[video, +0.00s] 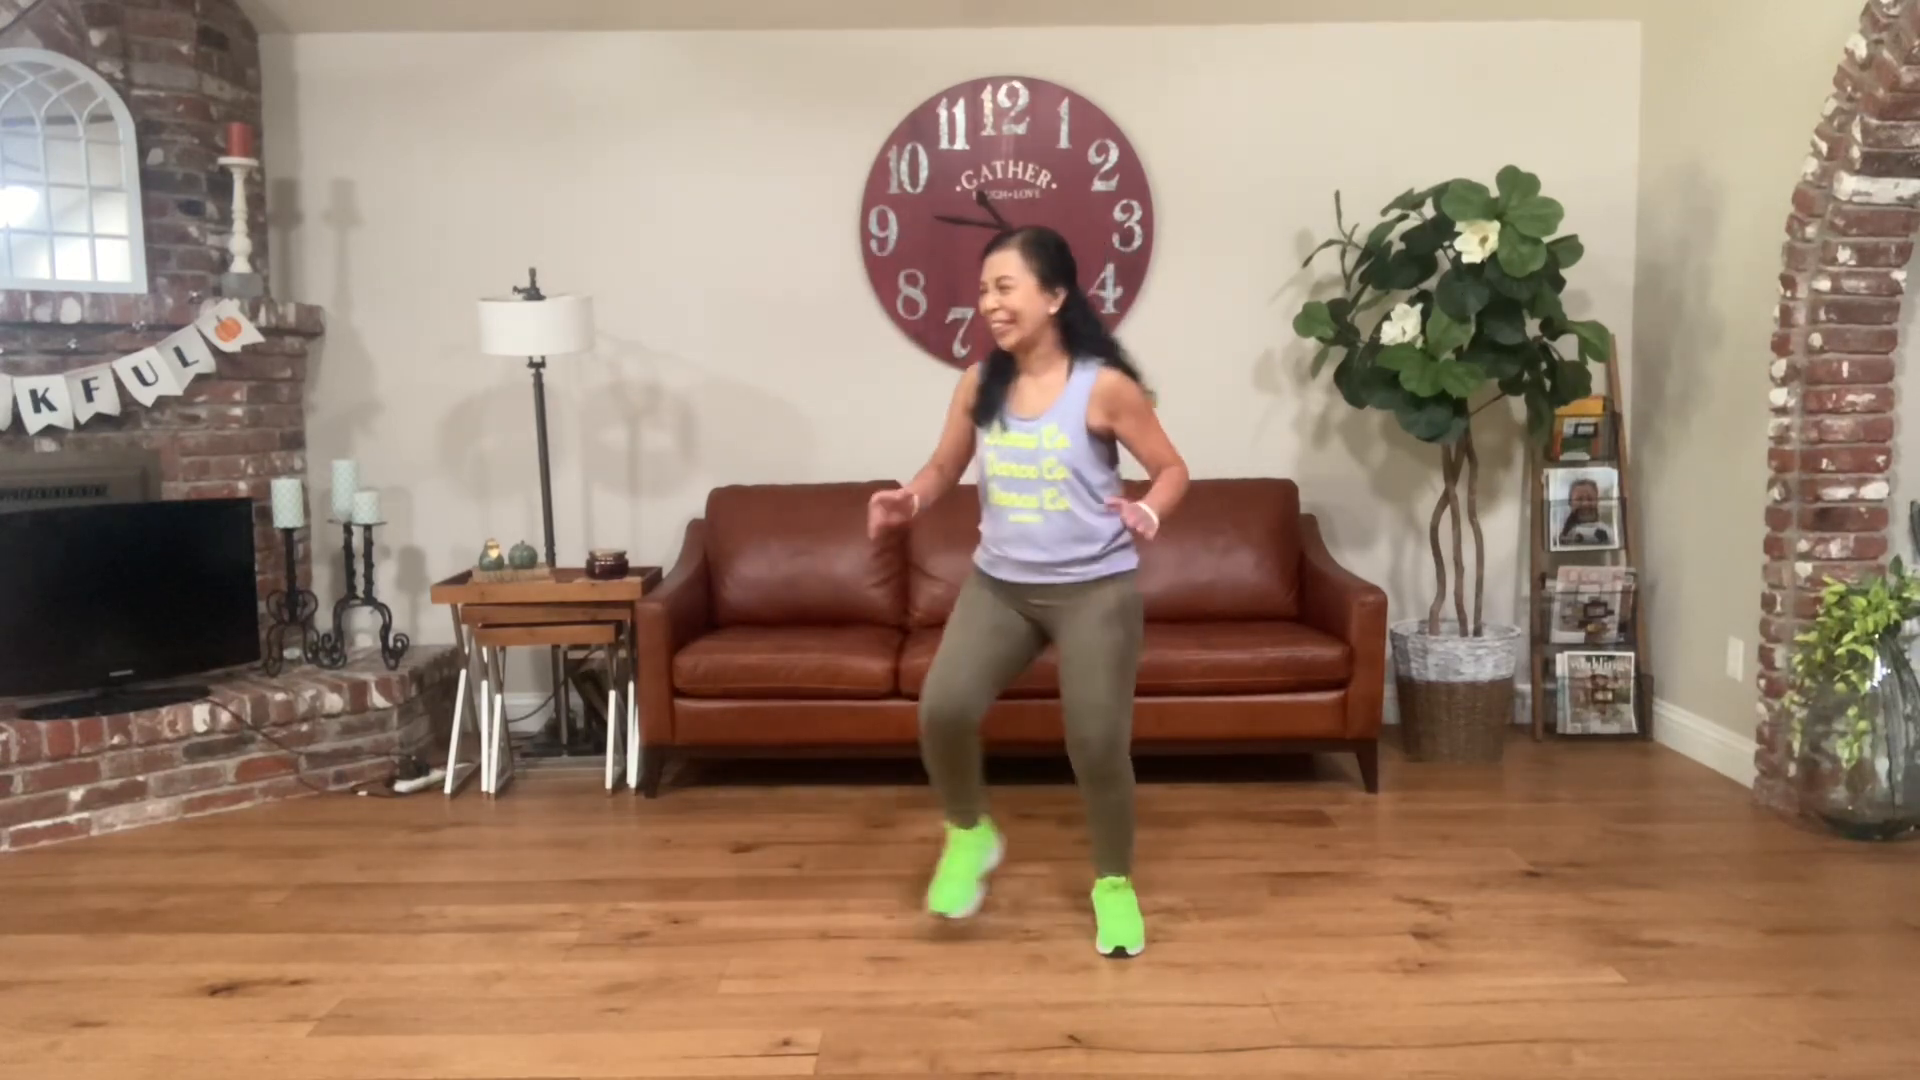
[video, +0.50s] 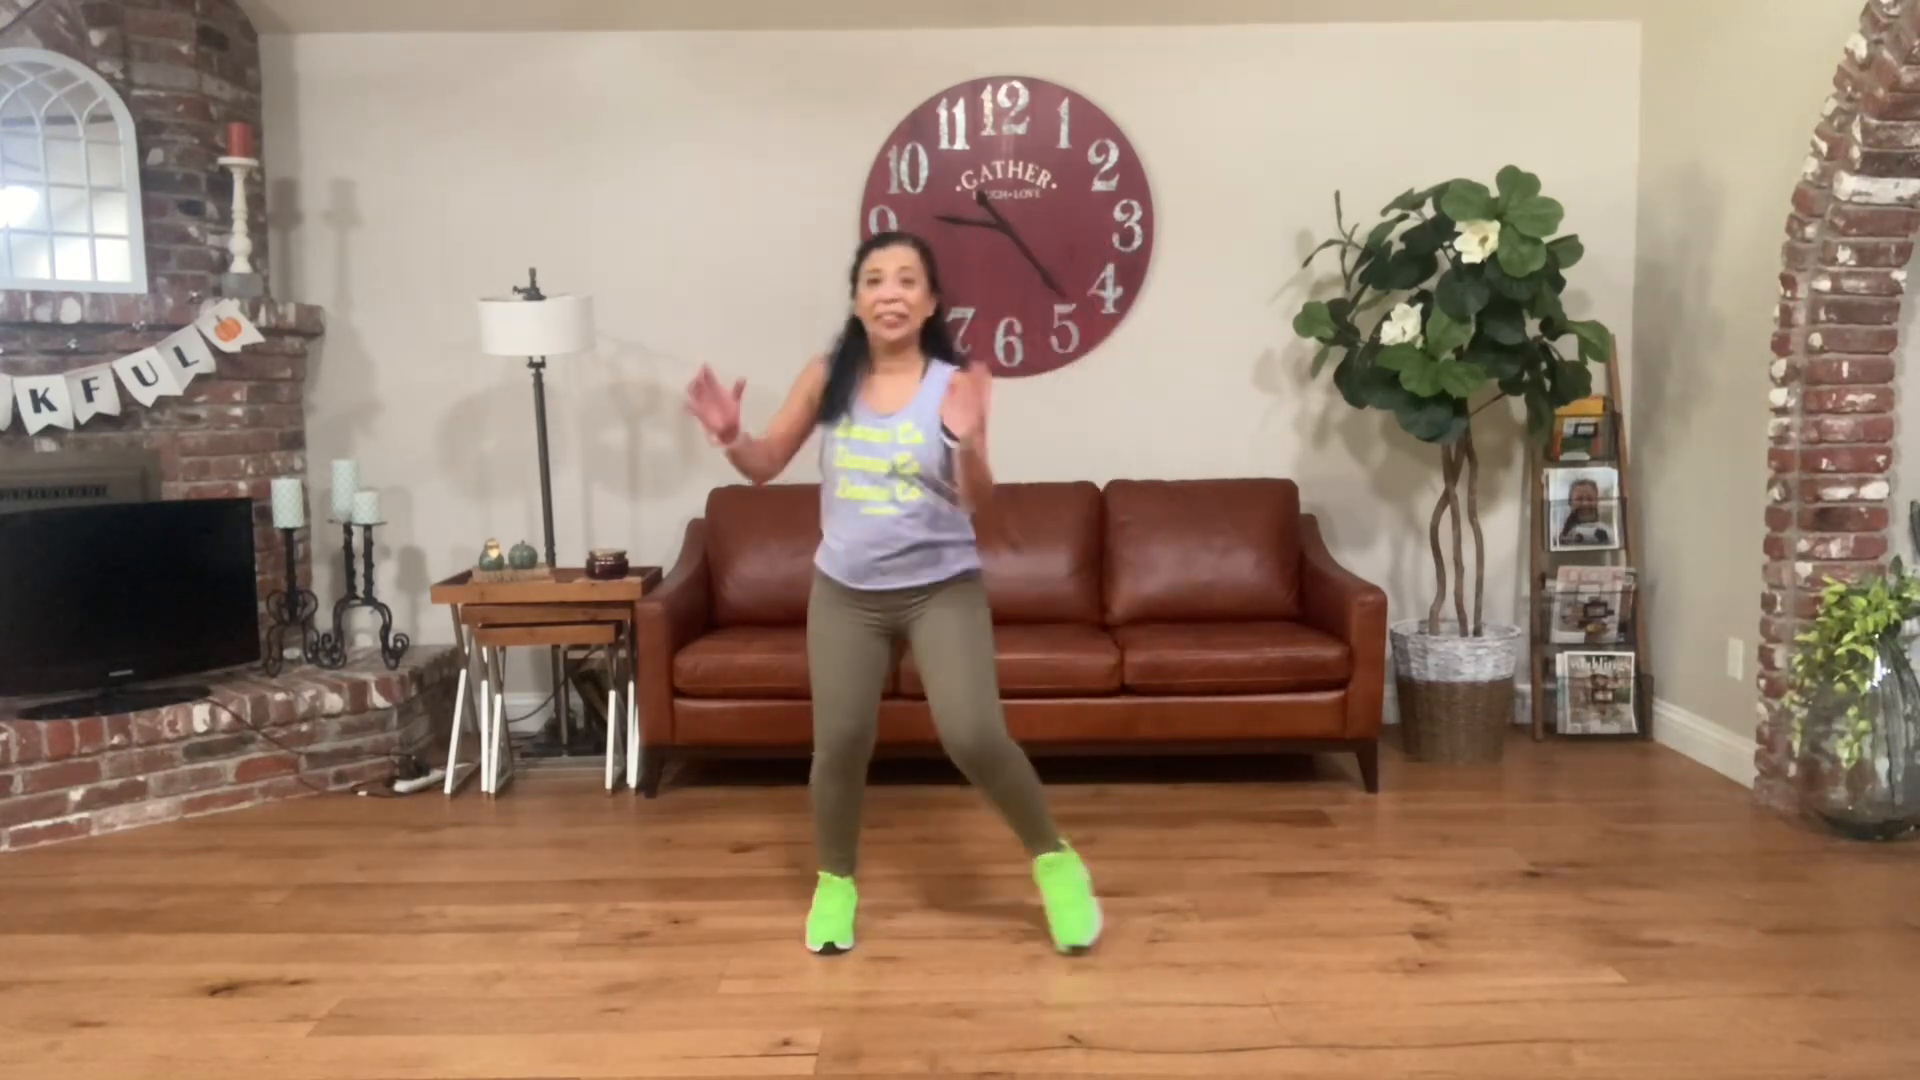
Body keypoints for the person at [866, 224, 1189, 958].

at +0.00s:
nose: (991, 304)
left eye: (1007, 288)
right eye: (985, 291)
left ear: (1055, 297)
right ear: (984, 303)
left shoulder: (1106, 388)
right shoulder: (981, 382)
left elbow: (1172, 470)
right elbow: (943, 467)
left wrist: (1151, 508)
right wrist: (913, 499)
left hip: (1096, 587)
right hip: (1000, 586)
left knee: (1096, 741)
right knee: (944, 709)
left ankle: (1113, 884)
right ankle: (969, 836)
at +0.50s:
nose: (890, 295)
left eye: (907, 281)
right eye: (875, 282)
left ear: (932, 299)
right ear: (856, 299)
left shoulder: (959, 382)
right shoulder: (827, 376)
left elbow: (978, 501)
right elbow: (765, 463)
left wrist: (969, 438)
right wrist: (732, 436)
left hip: (944, 587)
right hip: (844, 590)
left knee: (972, 735)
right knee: (840, 740)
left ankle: (1053, 862)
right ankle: (835, 882)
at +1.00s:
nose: (866, 305)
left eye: (880, 291)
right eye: (848, 295)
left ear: (901, 308)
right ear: (825, 316)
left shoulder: (937, 386)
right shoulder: (807, 400)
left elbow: (981, 485)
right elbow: (773, 507)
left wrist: (953, 484)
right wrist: (810, 514)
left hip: (920, 594)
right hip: (822, 594)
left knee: (929, 739)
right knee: (826, 745)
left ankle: (895, 856)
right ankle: (834, 882)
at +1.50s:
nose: (983, 282)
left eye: (996, 268)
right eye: (964, 272)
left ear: (1019, 284)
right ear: (942, 296)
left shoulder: (1054, 368)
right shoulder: (931, 383)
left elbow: (1087, 446)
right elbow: (878, 472)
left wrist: (1141, 438)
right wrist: (840, 475)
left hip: (1047, 588)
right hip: (951, 586)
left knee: (1072, 739)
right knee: (907, 740)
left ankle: (1096, 882)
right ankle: (843, 876)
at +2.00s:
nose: (1031, 292)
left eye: (1047, 276)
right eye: (1016, 278)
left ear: (1074, 288)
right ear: (998, 292)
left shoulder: (1106, 368)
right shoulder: (973, 371)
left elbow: (1131, 476)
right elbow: (960, 471)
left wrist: (1079, 455)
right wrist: (1018, 447)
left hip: (1107, 575)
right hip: (1010, 585)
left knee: (1108, 728)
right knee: (1039, 737)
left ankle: (1101, 879)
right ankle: (1042, 871)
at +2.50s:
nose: (946, 288)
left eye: (963, 274)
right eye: (931, 274)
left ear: (987, 292)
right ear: (911, 292)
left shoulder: (1013, 381)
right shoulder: (892, 372)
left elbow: (1072, 461)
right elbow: (899, 446)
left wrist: (1106, 471)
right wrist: (831, 465)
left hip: (1003, 590)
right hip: (901, 595)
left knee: (1041, 741)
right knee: (874, 743)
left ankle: (1094, 884)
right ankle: (835, 881)